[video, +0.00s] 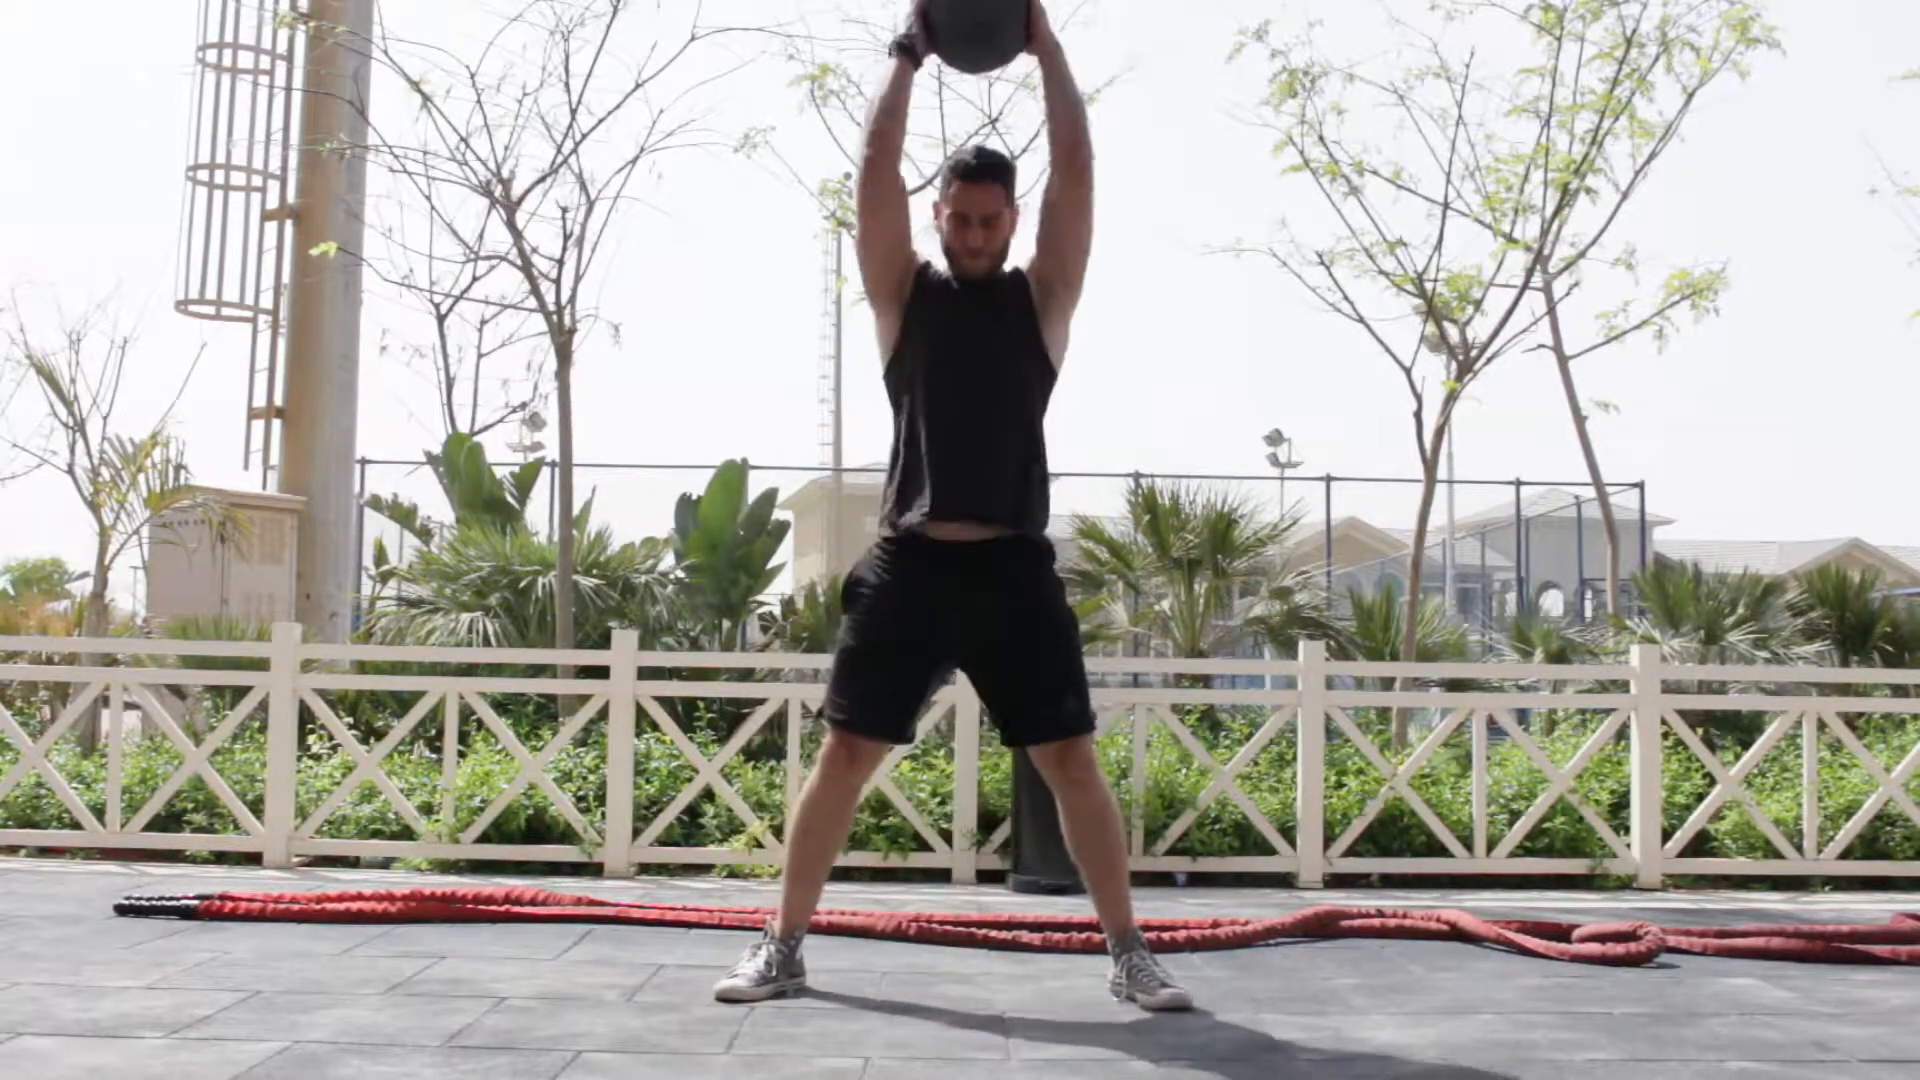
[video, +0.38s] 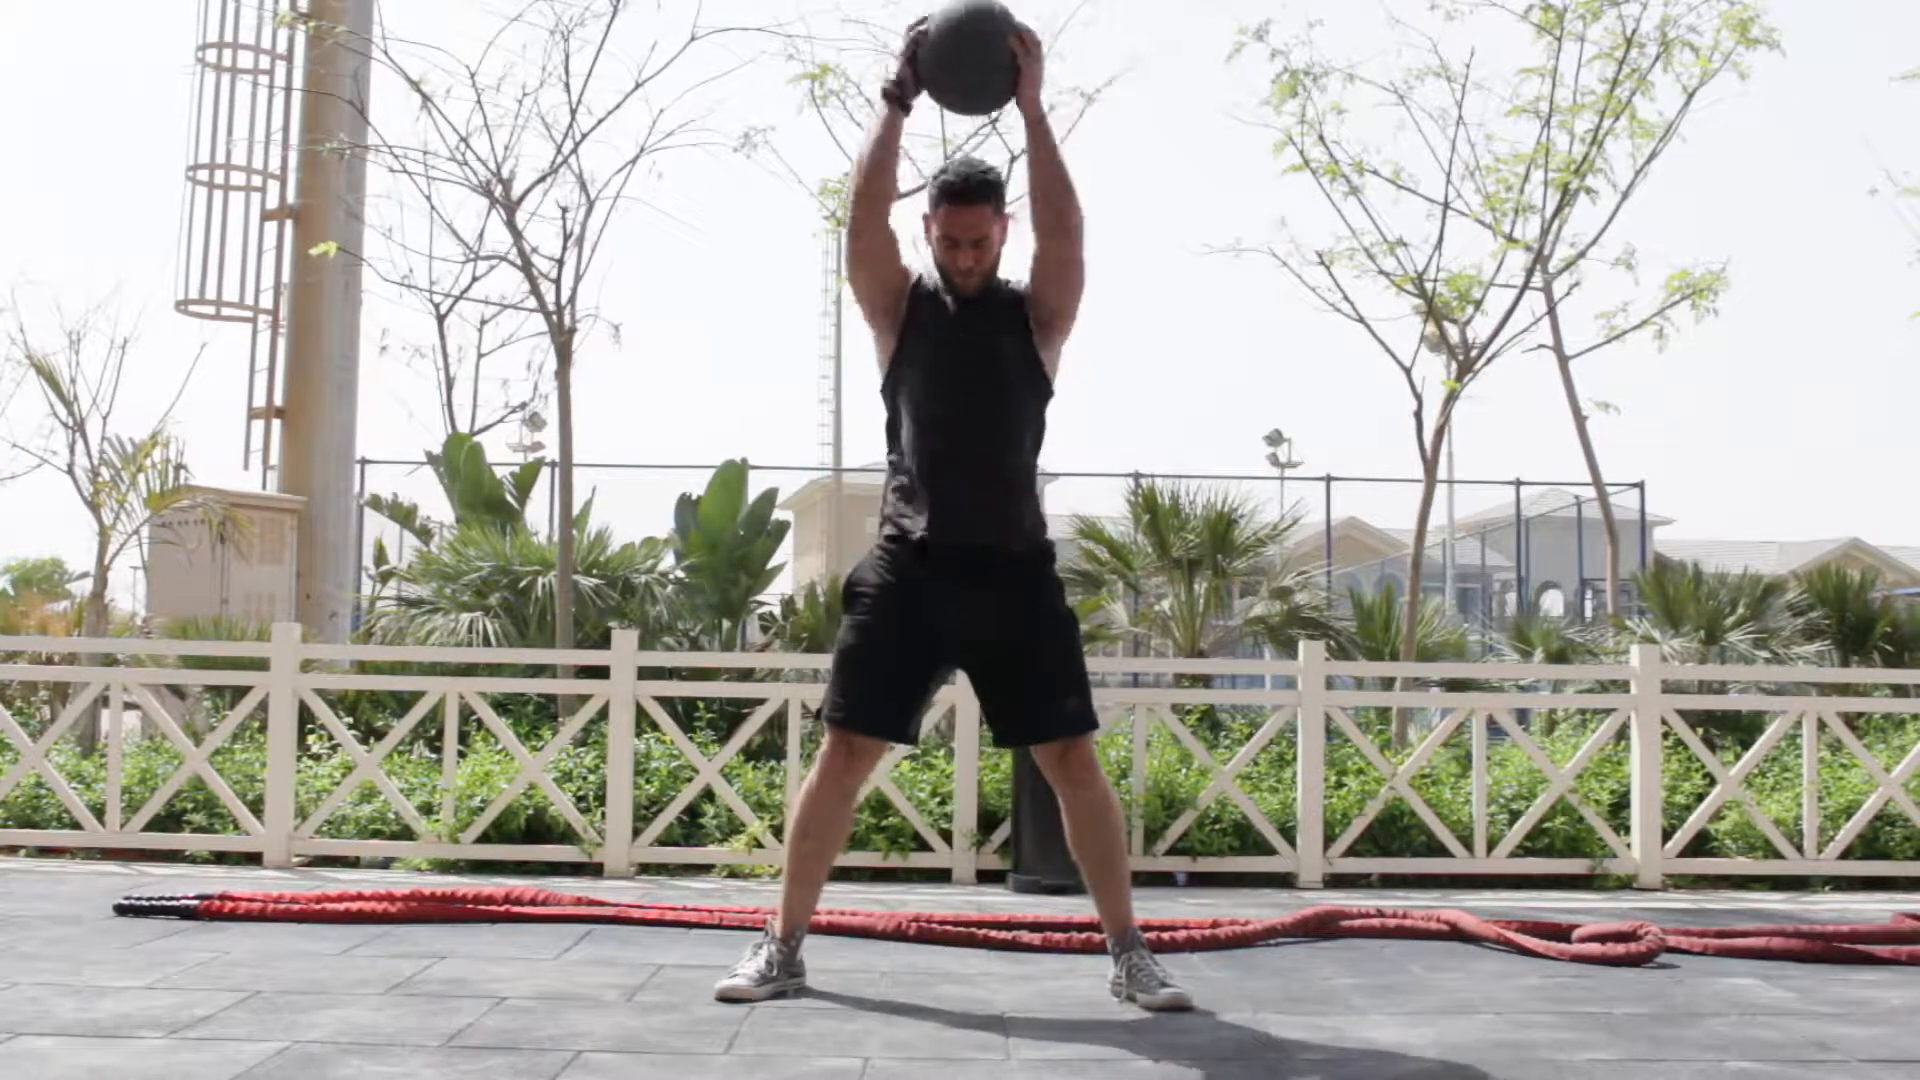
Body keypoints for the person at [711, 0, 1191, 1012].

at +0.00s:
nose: (971, 228)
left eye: (987, 216)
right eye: (958, 214)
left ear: (1014, 225)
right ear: (936, 220)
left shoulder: (1041, 304)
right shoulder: (904, 299)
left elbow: (1073, 177)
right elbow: (878, 179)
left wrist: (1048, 47)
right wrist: (905, 57)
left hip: (1016, 569)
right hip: (909, 567)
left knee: (1070, 760)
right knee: (845, 755)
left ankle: (1128, 953)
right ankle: (782, 947)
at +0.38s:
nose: (967, 245)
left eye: (981, 232)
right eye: (953, 231)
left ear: (1004, 233)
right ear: (925, 233)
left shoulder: (1037, 320)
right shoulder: (899, 311)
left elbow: (1061, 227)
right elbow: (868, 220)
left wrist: (1032, 106)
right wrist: (896, 104)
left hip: (1016, 574)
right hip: (909, 570)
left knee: (1073, 761)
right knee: (845, 754)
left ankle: (1129, 954)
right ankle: (781, 946)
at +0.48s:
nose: (961, 257)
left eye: (977, 237)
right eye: (950, 236)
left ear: (1005, 243)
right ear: (929, 241)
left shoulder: (1042, 324)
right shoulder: (903, 313)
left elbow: (1072, 403)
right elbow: (847, 370)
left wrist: (1032, 287)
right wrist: (889, 263)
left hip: (1014, 575)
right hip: (908, 571)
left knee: (1070, 752)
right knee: (842, 748)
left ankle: (1128, 952)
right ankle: (782, 946)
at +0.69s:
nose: (971, 279)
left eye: (987, 262)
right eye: (957, 261)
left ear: (1014, 247)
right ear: (936, 244)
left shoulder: (1054, 349)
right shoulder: (890, 339)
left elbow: (1096, 468)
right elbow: (840, 451)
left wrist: (1117, 573)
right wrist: (837, 558)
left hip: (1013, 585)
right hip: (902, 580)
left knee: (1073, 753)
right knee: (837, 750)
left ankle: (1130, 952)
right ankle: (780, 946)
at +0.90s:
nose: (969, 368)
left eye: (986, 353)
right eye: (955, 351)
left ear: (1011, 329)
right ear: (929, 323)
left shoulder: (1050, 411)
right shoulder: (881, 411)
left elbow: (1081, 536)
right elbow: (843, 538)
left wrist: (1074, 644)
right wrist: (838, 648)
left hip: (1017, 614)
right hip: (907, 613)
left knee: (1094, 752)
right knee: (819, 744)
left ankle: (1131, 951)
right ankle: (780, 949)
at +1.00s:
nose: (959, 478)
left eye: (975, 464)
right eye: (945, 461)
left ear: (1000, 438)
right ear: (919, 429)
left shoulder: (1041, 500)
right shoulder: (872, 500)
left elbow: (1057, 645)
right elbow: (830, 632)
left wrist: (1018, 768)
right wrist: (813, 764)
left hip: (1011, 648)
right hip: (903, 644)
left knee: (1102, 752)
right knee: (808, 762)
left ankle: (1132, 952)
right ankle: (779, 948)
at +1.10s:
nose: (948, 589)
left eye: (965, 574)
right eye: (934, 572)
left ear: (990, 548)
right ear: (908, 538)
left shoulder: (1033, 594)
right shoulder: (861, 593)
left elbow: (1020, 760)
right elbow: (823, 739)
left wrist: (968, 877)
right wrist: (802, 867)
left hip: (1007, 698)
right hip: (902, 698)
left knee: (1107, 755)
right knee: (798, 751)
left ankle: (1132, 953)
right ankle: (782, 948)